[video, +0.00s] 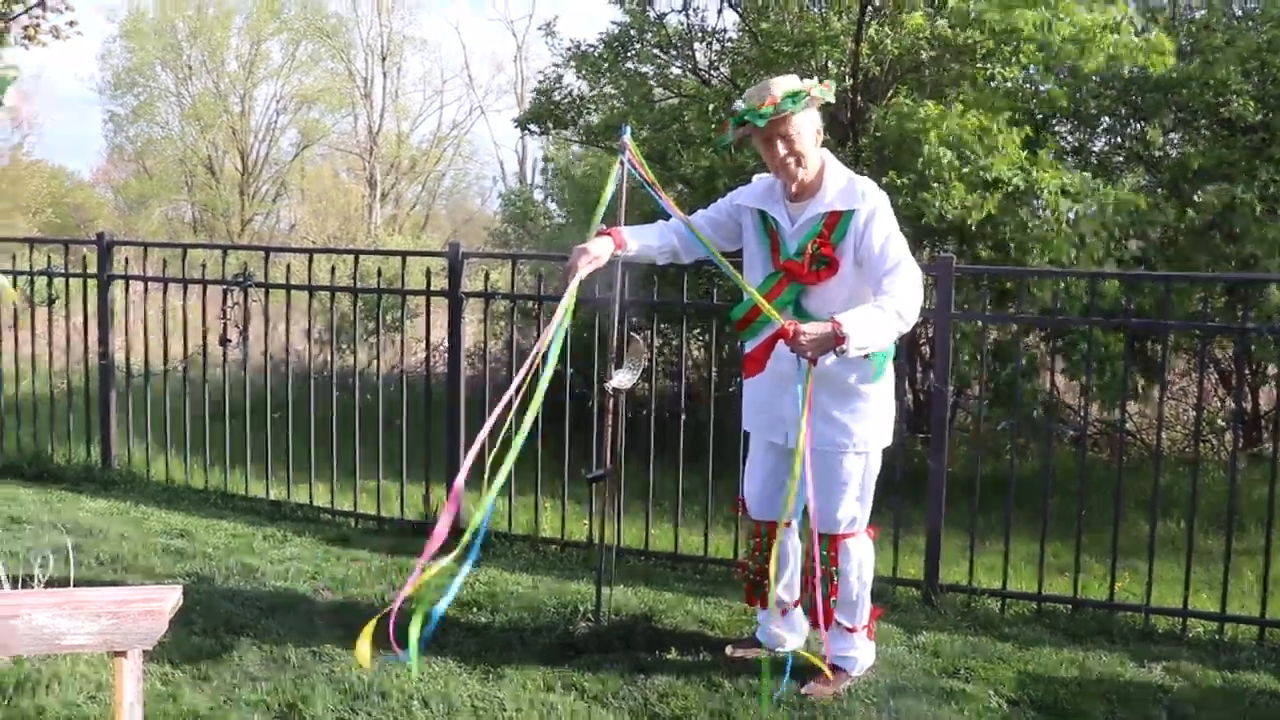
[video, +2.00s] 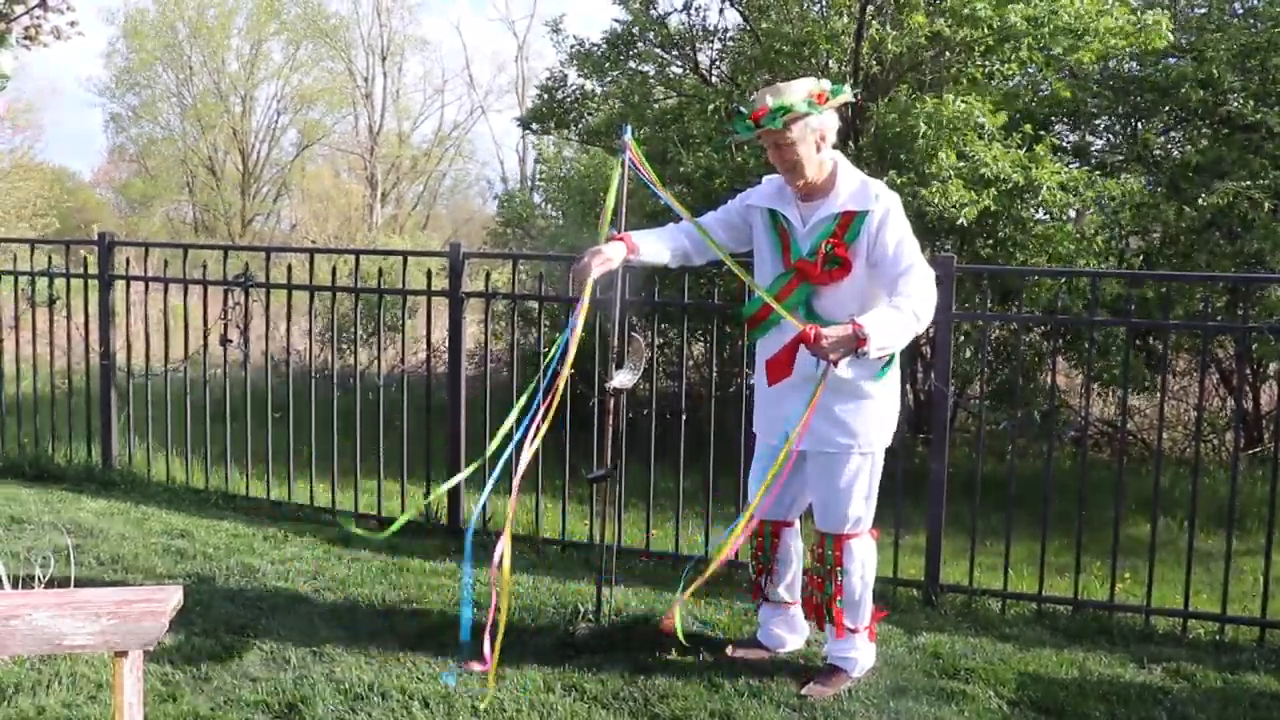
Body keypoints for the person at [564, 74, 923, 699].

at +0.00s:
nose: (784, 153)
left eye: (794, 139)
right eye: (770, 143)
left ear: (819, 131)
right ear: (756, 147)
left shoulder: (864, 203)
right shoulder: (751, 202)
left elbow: (904, 294)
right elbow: (683, 235)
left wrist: (842, 330)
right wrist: (613, 241)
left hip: (849, 392)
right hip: (773, 385)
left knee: (840, 524)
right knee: (768, 512)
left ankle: (847, 657)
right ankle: (779, 636)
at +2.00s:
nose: (774, 157)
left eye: (784, 144)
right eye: (767, 145)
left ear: (824, 135)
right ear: (766, 146)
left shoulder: (875, 206)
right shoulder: (761, 203)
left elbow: (918, 293)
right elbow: (692, 236)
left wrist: (862, 331)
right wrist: (622, 247)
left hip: (854, 392)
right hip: (779, 384)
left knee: (844, 524)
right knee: (772, 510)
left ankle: (849, 656)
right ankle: (779, 634)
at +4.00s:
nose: (743, 164)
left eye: (751, 150)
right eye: (739, 152)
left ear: (791, 144)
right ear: (740, 150)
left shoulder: (854, 206)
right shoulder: (736, 204)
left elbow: (902, 293)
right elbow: (652, 227)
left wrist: (857, 341)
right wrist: (567, 228)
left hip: (844, 385)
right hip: (768, 380)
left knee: (843, 519)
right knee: (766, 510)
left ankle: (851, 656)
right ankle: (778, 634)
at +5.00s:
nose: (719, 167)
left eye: (724, 153)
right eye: (716, 155)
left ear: (764, 144)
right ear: (752, 148)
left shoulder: (835, 206)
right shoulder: (747, 216)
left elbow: (882, 304)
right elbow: (696, 286)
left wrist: (818, 358)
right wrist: (617, 311)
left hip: (843, 379)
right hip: (777, 376)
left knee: (811, 513)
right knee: (767, 506)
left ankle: (874, 666)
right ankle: (801, 642)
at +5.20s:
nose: (732, 166)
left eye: (737, 151)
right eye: (729, 153)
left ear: (776, 147)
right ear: (774, 150)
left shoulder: (850, 215)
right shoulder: (767, 223)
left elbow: (881, 322)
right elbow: (746, 311)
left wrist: (803, 368)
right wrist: (681, 358)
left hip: (855, 400)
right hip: (795, 396)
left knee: (846, 537)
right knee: (776, 517)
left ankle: (878, 692)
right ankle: (797, 635)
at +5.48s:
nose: (773, 158)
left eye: (776, 142)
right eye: (770, 144)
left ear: (815, 139)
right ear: (817, 140)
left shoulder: (877, 205)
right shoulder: (830, 213)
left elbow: (886, 325)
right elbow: (828, 319)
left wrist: (792, 355)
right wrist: (769, 352)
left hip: (893, 412)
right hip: (846, 408)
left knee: (867, 557)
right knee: (811, 518)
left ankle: (882, 703)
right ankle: (841, 642)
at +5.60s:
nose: (795, 158)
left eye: (798, 141)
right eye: (791, 143)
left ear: (837, 133)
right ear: (839, 135)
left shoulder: (895, 204)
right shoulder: (853, 209)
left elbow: (899, 324)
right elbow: (862, 322)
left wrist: (796, 346)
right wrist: (792, 352)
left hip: (904, 417)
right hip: (865, 412)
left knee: (870, 555)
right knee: (841, 528)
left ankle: (879, 702)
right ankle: (934, 651)